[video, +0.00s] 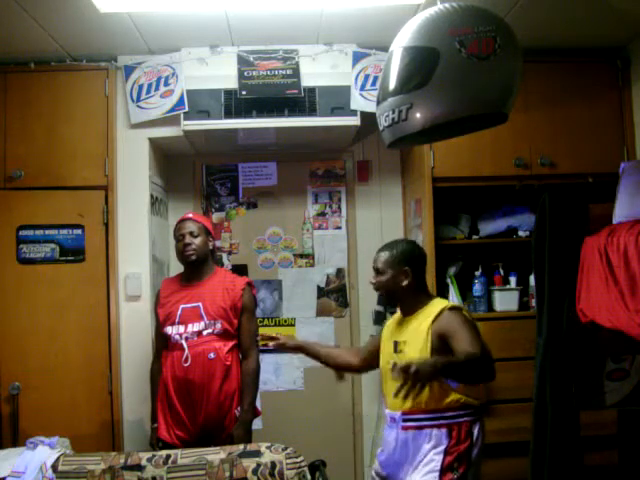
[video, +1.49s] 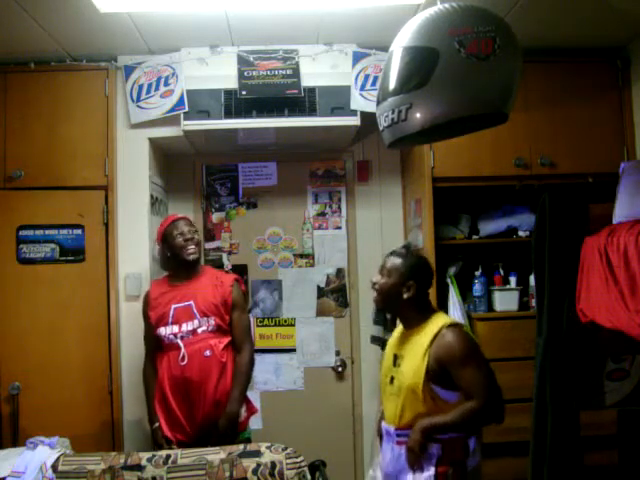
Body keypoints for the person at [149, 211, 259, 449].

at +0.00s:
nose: (186, 241)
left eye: (194, 235)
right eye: (179, 237)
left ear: (210, 242)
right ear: (175, 247)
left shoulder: (237, 288)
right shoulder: (167, 290)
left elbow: (250, 355)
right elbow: (159, 356)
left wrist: (245, 418)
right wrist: (156, 420)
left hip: (224, 417)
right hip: (175, 417)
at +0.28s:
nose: (186, 243)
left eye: (194, 236)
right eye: (180, 238)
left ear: (210, 242)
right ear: (175, 247)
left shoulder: (237, 288)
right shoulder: (166, 290)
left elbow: (250, 355)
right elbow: (159, 356)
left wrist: (245, 418)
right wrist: (156, 420)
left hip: (224, 416)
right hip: (175, 417)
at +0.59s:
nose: (195, 237)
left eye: (196, 232)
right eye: (184, 235)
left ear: (203, 236)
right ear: (168, 248)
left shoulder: (230, 285)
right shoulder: (158, 294)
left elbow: (249, 348)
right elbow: (155, 354)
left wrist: (240, 407)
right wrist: (154, 413)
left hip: (225, 412)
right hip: (176, 414)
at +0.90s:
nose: (190, 238)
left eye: (192, 233)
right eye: (179, 235)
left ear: (199, 239)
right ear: (165, 249)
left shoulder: (227, 285)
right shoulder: (154, 296)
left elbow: (244, 349)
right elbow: (152, 358)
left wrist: (233, 411)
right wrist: (156, 421)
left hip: (223, 416)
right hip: (175, 420)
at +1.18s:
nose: (190, 238)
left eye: (193, 233)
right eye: (180, 235)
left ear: (200, 238)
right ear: (165, 248)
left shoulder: (227, 285)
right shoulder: (155, 295)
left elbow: (245, 349)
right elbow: (152, 358)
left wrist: (234, 411)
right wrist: (155, 422)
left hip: (223, 416)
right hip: (175, 420)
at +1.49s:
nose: (190, 239)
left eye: (193, 233)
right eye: (180, 235)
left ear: (200, 238)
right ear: (165, 248)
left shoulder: (227, 285)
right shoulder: (154, 295)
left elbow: (245, 349)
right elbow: (151, 357)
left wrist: (232, 411)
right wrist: (155, 420)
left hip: (222, 416)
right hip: (174, 420)